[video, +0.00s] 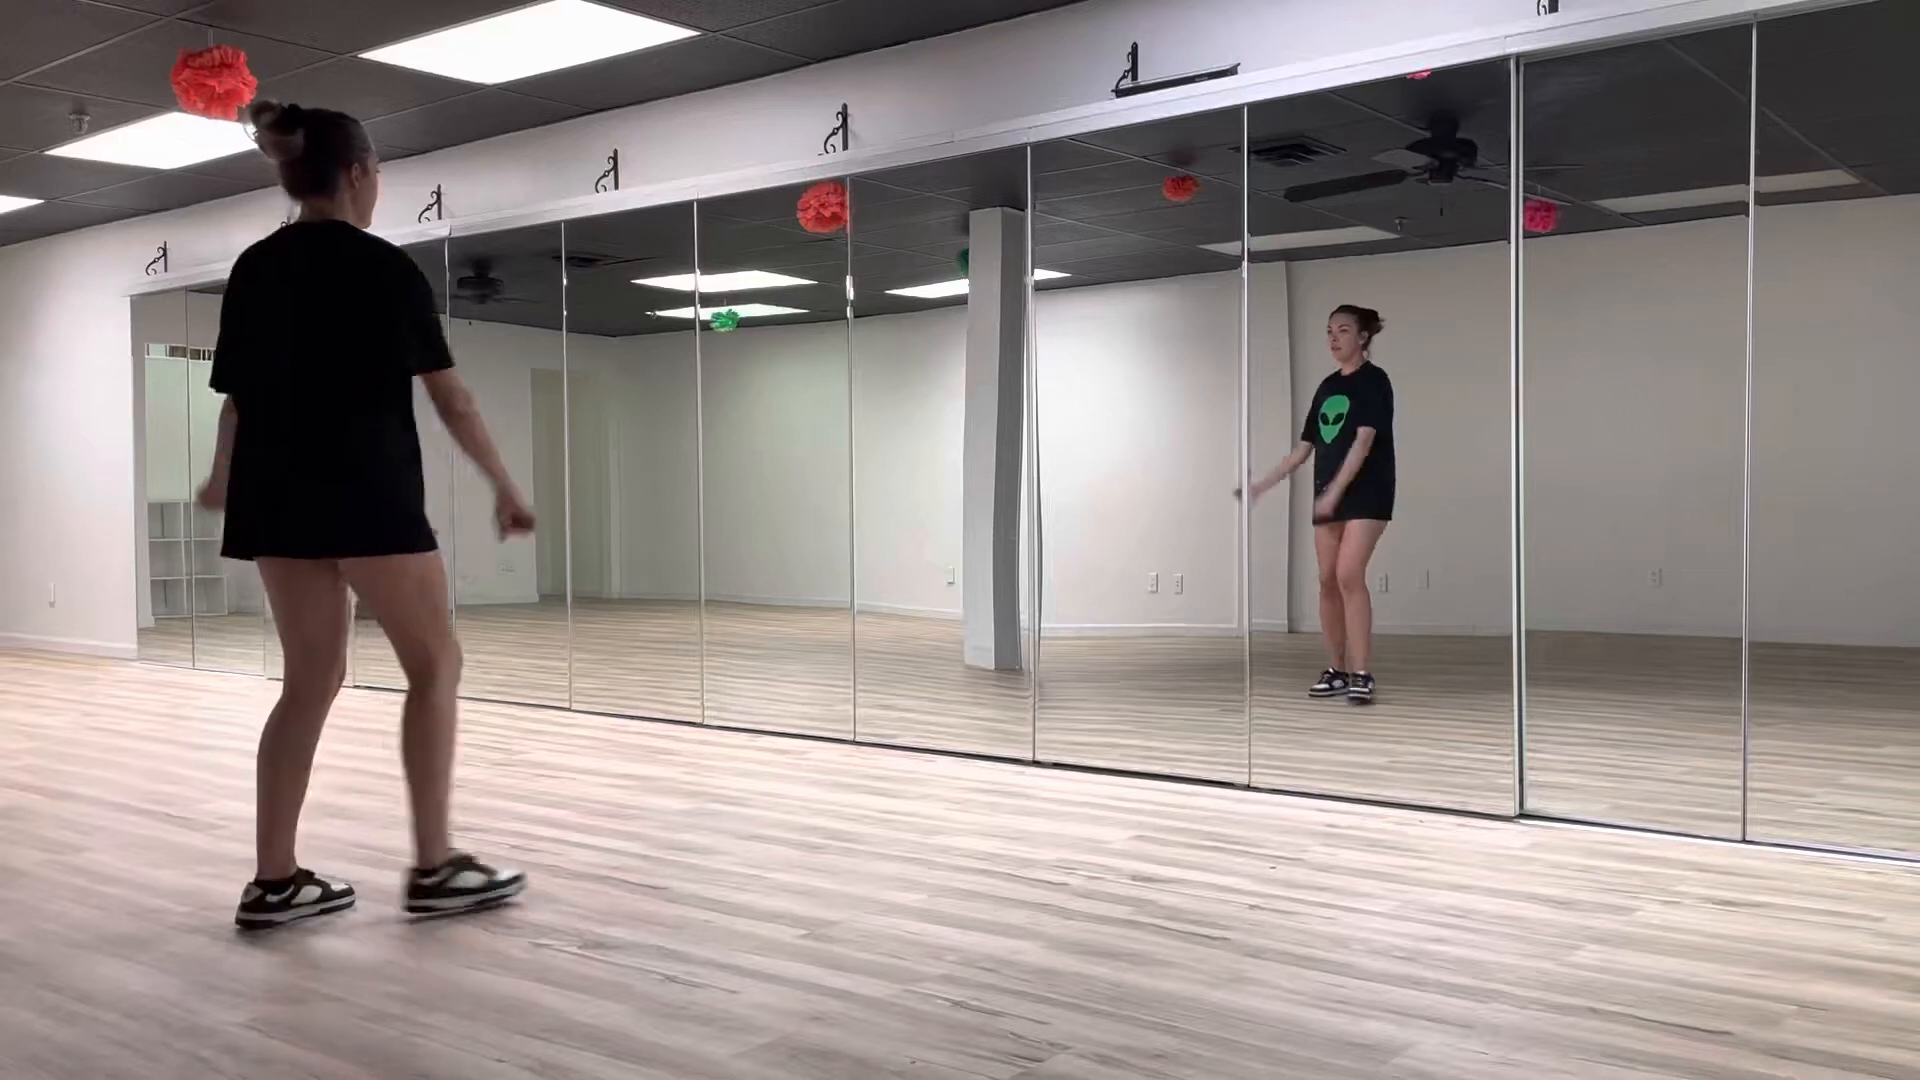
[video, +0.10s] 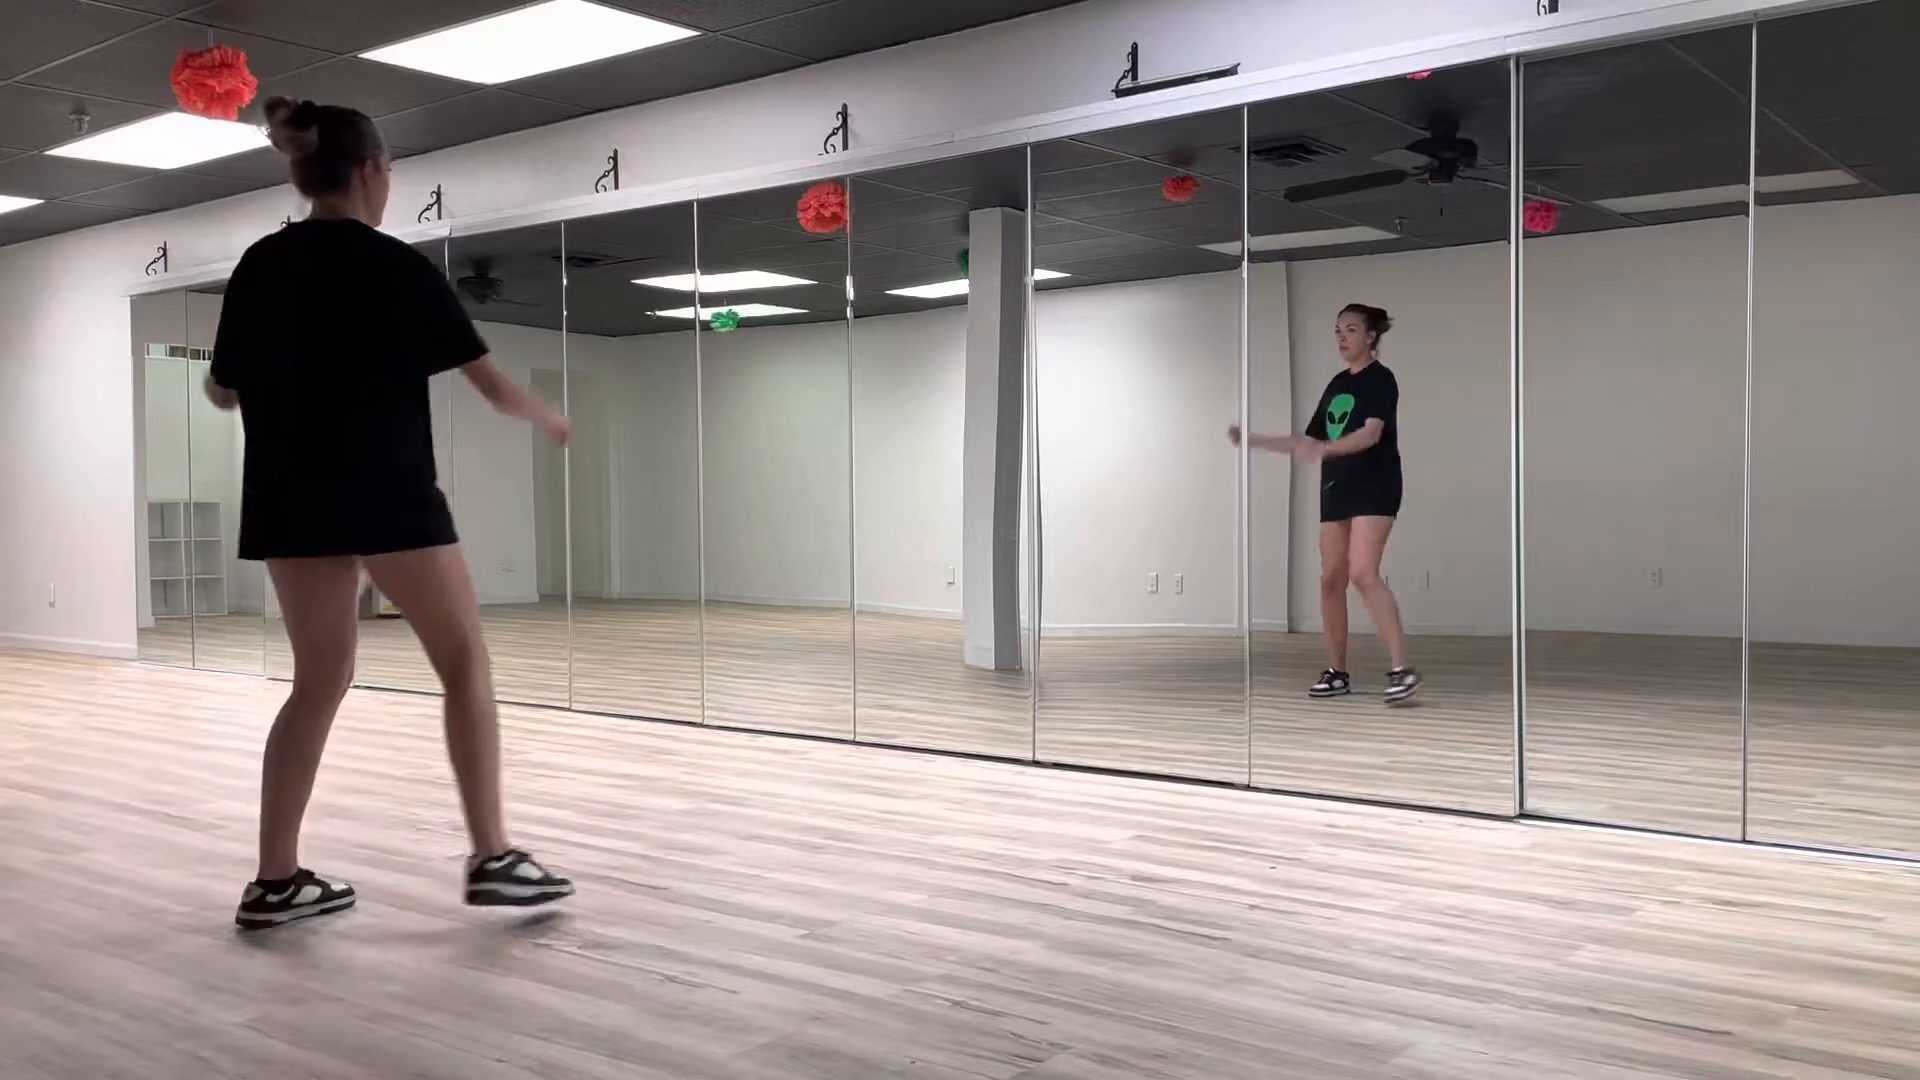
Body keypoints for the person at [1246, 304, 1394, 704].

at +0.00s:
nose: (1335, 338)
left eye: (1343, 331)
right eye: (1331, 332)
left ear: (1363, 336)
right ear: (1328, 339)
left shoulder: (1375, 381)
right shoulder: (1327, 387)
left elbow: (1363, 443)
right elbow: (1302, 449)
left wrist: (1333, 491)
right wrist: (1264, 482)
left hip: (1368, 491)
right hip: (1329, 491)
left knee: (1350, 576)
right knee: (1328, 579)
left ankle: (1361, 674)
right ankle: (1337, 671)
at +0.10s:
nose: (1343, 338)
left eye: (1351, 331)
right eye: (1339, 332)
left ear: (1372, 336)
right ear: (1337, 338)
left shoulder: (1381, 379)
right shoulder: (1337, 385)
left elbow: (1371, 434)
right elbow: (1308, 443)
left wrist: (1326, 449)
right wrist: (1253, 439)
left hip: (1375, 487)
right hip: (1336, 489)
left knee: (1364, 574)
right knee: (1332, 580)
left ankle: (1400, 670)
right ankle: (1338, 673)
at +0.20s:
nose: (1353, 337)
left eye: (1362, 330)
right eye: (1349, 331)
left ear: (1382, 335)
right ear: (1347, 337)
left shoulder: (1389, 377)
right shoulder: (1350, 383)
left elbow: (1392, 419)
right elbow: (1325, 428)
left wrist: (1339, 408)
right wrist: (1287, 405)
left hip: (1384, 486)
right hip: (1349, 488)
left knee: (1384, 576)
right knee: (1332, 581)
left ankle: (1449, 658)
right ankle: (1337, 672)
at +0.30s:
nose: (1364, 341)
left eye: (1372, 333)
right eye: (1360, 335)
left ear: (1393, 338)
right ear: (1359, 340)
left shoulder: (1399, 375)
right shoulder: (1371, 384)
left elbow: (1422, 399)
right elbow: (1358, 418)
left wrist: (1367, 383)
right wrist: (1326, 394)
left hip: (1397, 490)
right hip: (1366, 493)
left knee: (1412, 580)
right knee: (1333, 580)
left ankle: (1482, 663)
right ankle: (1341, 673)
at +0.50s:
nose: (1385, 365)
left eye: (1393, 357)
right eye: (1381, 358)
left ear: (1415, 361)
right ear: (1381, 363)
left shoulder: (1425, 396)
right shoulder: (1397, 404)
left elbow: (1475, 393)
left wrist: (1425, 403)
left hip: (1432, 515)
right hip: (1404, 519)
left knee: (1451, 601)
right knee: (1347, 584)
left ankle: (1518, 678)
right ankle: (1344, 676)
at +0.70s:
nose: (1387, 370)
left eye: (1396, 362)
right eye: (1384, 363)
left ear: (1418, 367)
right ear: (1382, 368)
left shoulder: (1431, 405)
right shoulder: (1396, 411)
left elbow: (1475, 425)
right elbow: (1412, 454)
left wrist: (1431, 459)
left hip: (1437, 524)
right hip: (1403, 527)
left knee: (1452, 605)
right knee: (1343, 587)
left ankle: (1521, 681)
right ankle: (1347, 677)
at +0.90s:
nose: (1367, 352)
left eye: (1376, 346)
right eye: (1364, 345)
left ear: (1396, 352)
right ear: (1360, 350)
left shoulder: (1405, 396)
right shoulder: (1358, 399)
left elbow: (1426, 455)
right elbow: (1353, 462)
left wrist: (1413, 511)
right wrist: (1350, 513)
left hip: (1408, 508)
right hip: (1369, 510)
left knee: (1427, 589)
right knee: (1329, 587)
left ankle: (1496, 670)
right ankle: (1346, 676)